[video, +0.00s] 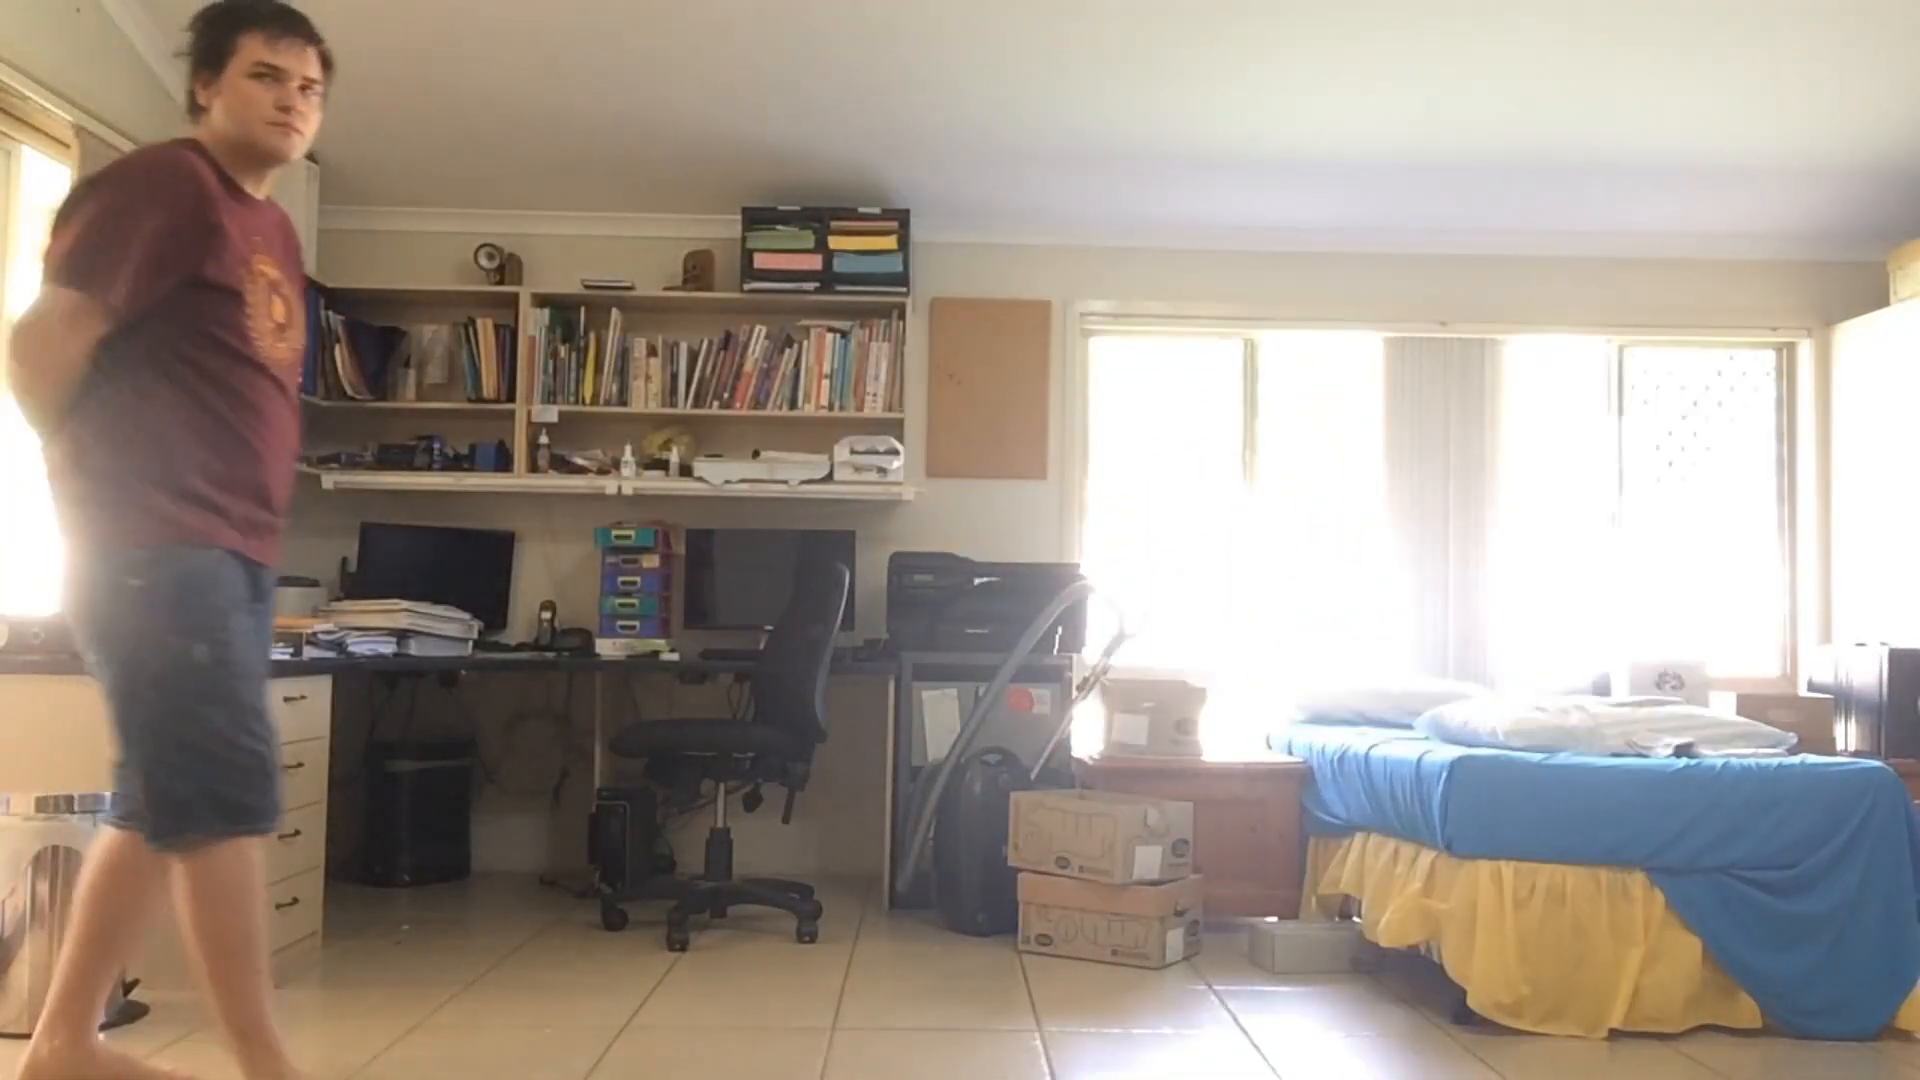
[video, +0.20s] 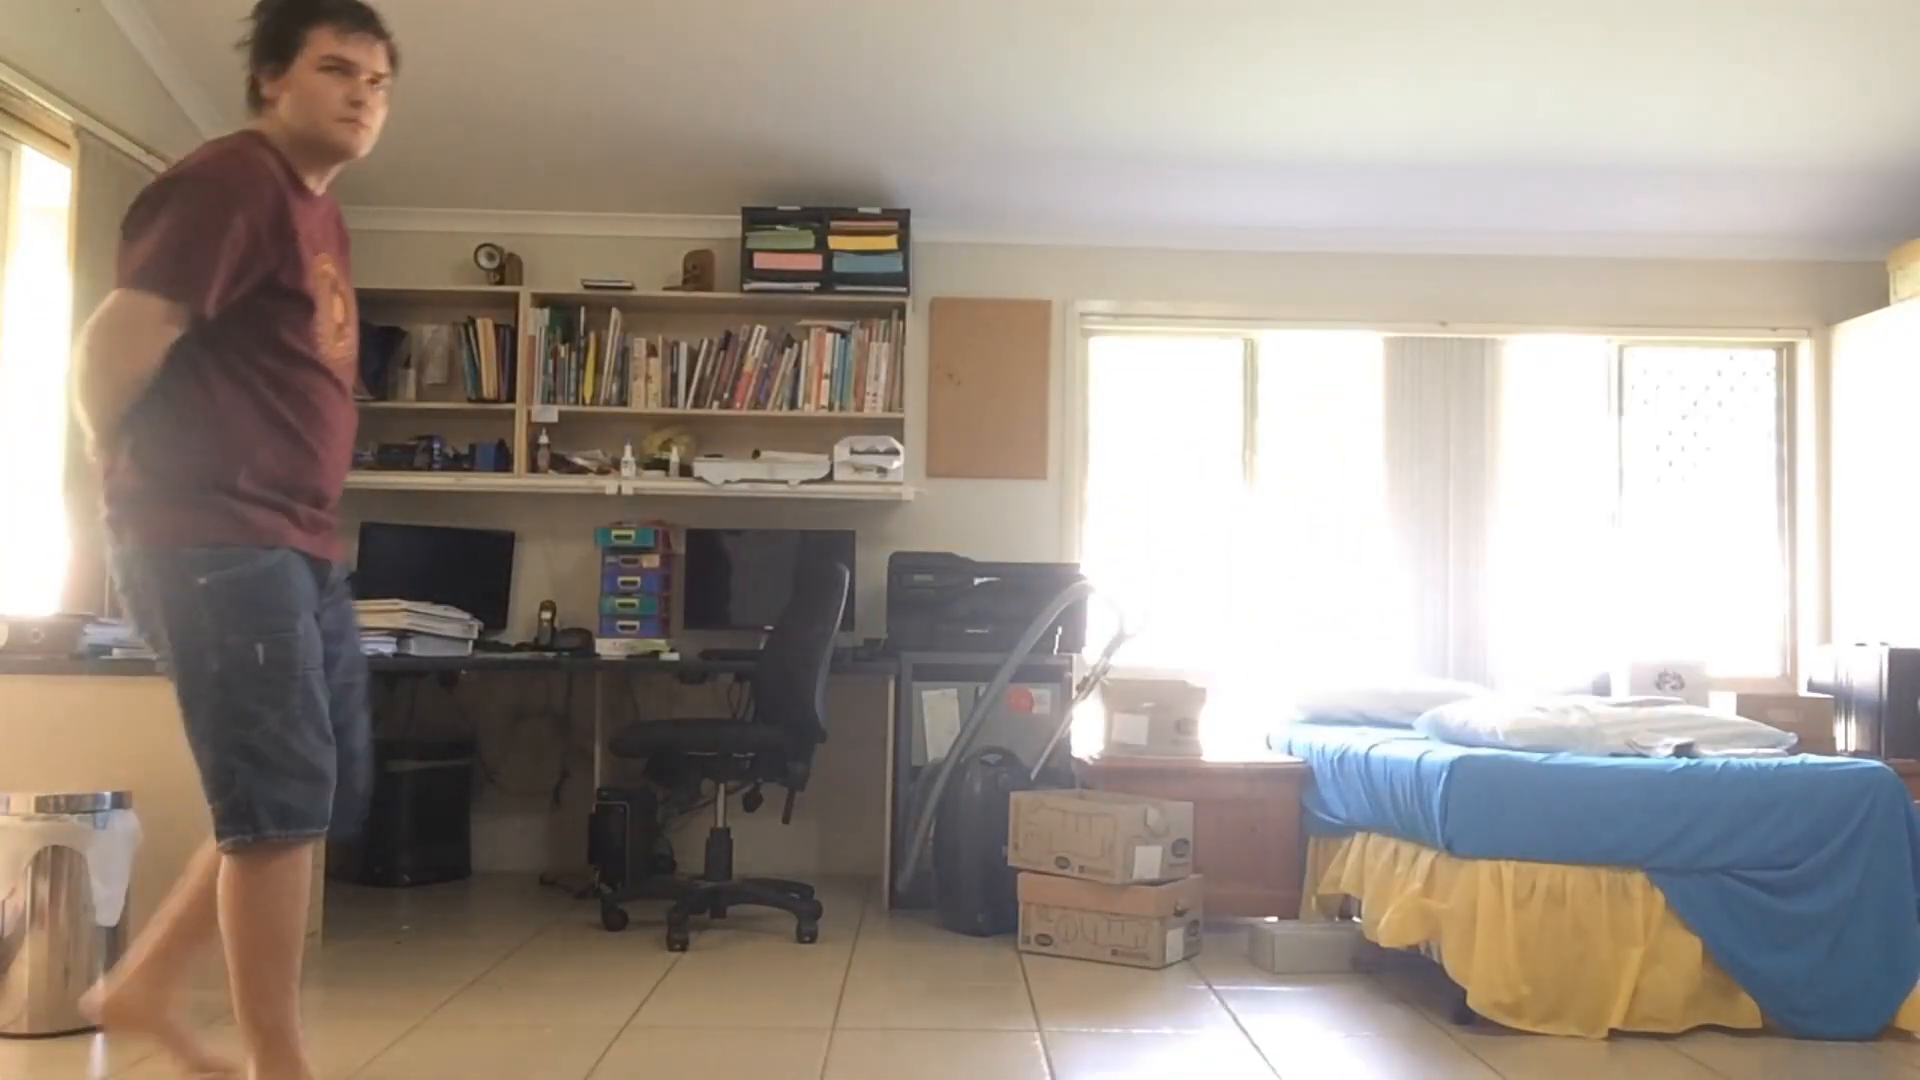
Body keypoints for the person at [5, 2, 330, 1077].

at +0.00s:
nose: (295, 99)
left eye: (311, 87)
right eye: (270, 76)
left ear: (319, 113)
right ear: (207, 88)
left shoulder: (278, 229)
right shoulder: (160, 180)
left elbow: (252, 380)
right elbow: (36, 350)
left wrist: (136, 443)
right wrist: (92, 465)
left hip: (238, 545)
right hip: (155, 538)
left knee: (153, 804)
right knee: (225, 798)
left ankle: (59, 1040)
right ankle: (264, 1059)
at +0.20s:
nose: (363, 93)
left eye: (379, 81)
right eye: (339, 69)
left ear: (385, 108)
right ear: (272, 81)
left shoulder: (318, 209)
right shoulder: (234, 177)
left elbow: (261, 371)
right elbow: (110, 352)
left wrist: (151, 456)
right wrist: (117, 459)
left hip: (301, 535)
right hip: (218, 531)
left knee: (323, 784)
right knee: (276, 804)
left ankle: (141, 985)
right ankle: (280, 1065)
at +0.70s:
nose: (477, 93)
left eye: (483, 77)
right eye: (457, 66)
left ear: (463, 94)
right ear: (386, 65)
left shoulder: (415, 208)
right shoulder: (314, 171)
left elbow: (380, 372)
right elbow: (186, 355)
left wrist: (245, 439)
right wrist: (213, 442)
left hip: (392, 542)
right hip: (299, 540)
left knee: (389, 806)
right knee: (317, 818)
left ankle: (340, 1043)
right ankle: (283, 1062)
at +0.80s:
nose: (488, 98)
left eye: (493, 81)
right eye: (468, 70)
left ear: (472, 99)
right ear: (396, 71)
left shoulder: (422, 210)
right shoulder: (327, 173)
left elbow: (376, 376)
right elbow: (196, 358)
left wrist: (240, 437)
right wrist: (214, 440)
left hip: (397, 543)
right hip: (306, 540)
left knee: (393, 810)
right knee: (325, 820)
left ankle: (340, 1040)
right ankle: (287, 1060)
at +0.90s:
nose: (502, 107)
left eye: (507, 90)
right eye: (483, 80)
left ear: (446, 99)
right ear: (410, 81)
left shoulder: (420, 209)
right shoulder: (346, 178)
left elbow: (340, 371)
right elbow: (202, 358)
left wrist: (225, 431)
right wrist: (204, 434)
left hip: (394, 540)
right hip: (302, 536)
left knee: (402, 806)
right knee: (329, 817)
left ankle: (343, 1043)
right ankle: (285, 1060)